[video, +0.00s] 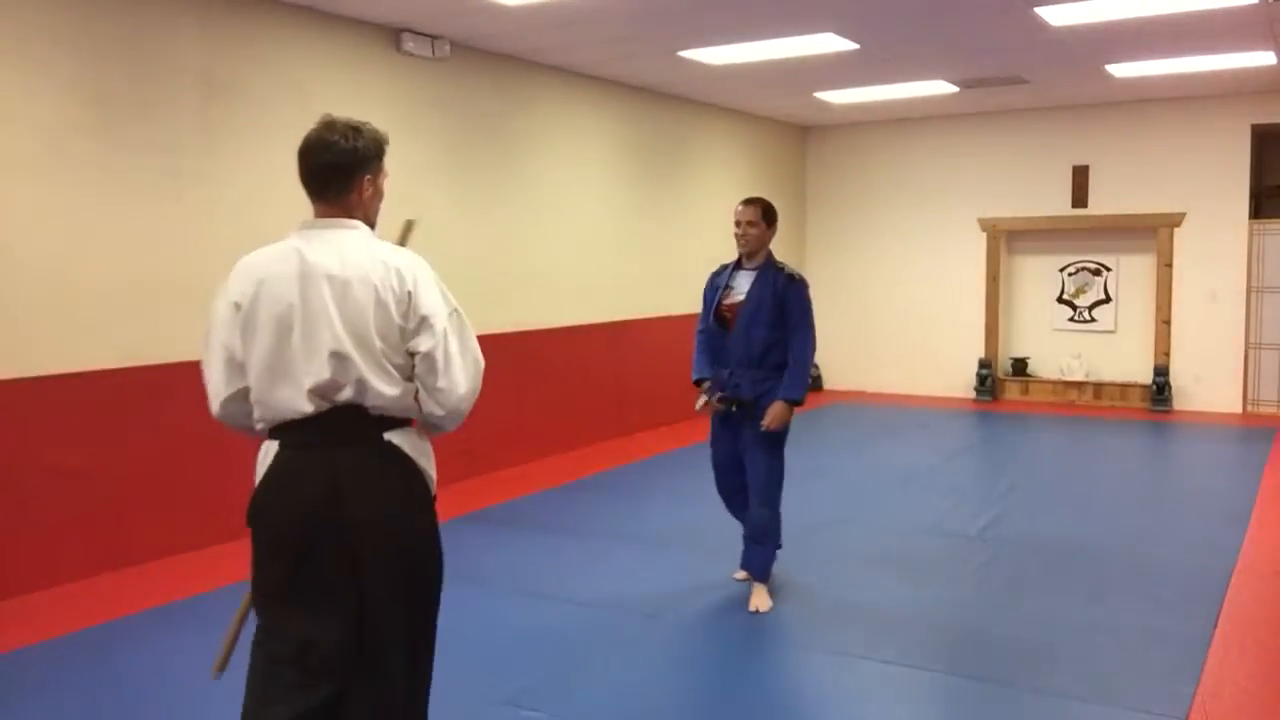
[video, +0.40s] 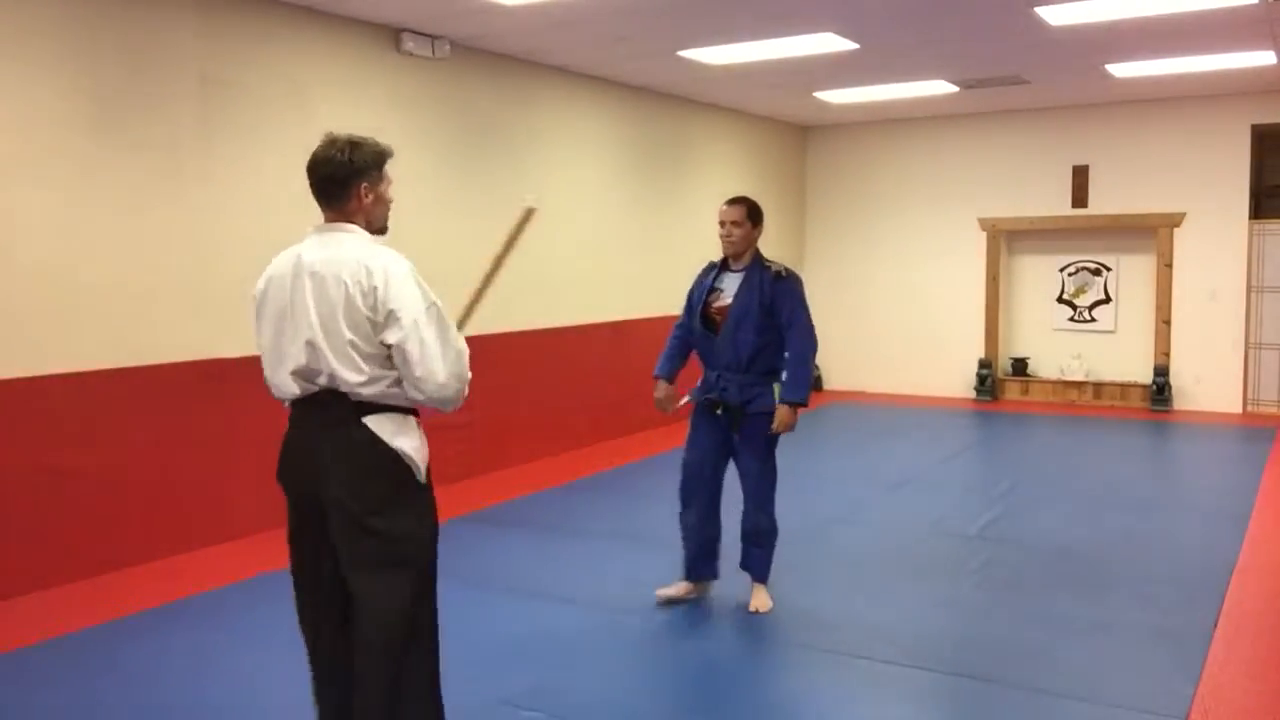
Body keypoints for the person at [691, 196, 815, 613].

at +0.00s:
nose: (741, 231)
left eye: (750, 225)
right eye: (738, 224)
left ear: (770, 230)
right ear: (733, 229)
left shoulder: (789, 284)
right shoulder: (720, 278)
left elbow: (802, 348)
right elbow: (704, 332)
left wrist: (787, 400)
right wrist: (704, 381)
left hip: (765, 406)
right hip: (724, 403)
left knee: (762, 493)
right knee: (729, 486)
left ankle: (759, 577)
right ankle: (760, 543)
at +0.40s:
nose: (726, 232)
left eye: (734, 225)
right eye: (721, 225)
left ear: (756, 230)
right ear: (718, 229)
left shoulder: (780, 282)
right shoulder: (708, 277)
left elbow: (802, 342)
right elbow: (684, 329)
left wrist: (791, 399)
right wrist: (663, 376)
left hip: (757, 405)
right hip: (710, 402)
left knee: (758, 496)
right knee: (696, 487)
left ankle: (758, 582)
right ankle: (697, 577)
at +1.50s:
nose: (690, 233)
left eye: (699, 225)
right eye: (686, 225)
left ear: (723, 231)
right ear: (682, 230)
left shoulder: (748, 286)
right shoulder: (678, 282)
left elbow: (766, 348)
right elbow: (657, 333)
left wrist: (733, 379)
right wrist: (637, 351)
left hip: (729, 416)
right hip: (681, 411)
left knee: (738, 509)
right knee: (663, 497)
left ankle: (748, 597)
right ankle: (671, 589)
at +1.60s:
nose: (698, 234)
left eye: (707, 226)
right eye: (694, 226)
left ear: (730, 232)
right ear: (691, 231)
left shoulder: (751, 284)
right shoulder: (682, 281)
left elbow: (757, 331)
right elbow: (646, 312)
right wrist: (630, 306)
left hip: (733, 407)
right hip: (687, 403)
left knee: (739, 505)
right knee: (664, 494)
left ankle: (747, 597)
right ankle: (674, 586)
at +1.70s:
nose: (699, 232)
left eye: (706, 225)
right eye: (697, 225)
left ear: (730, 230)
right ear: (696, 229)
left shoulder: (749, 277)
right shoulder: (682, 274)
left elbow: (755, 287)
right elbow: (630, 276)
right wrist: (615, 251)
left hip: (735, 403)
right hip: (688, 400)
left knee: (739, 502)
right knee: (670, 493)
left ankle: (747, 597)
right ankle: (679, 582)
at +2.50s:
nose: (683, 250)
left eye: (691, 243)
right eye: (679, 244)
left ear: (713, 247)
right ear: (676, 249)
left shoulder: (742, 294)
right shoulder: (666, 296)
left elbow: (757, 344)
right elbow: (627, 347)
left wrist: (727, 305)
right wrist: (641, 308)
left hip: (730, 413)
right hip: (681, 414)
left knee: (740, 491)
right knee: (654, 483)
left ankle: (757, 565)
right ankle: (658, 581)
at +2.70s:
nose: (640, 254)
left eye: (649, 246)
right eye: (636, 247)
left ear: (670, 251)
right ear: (632, 251)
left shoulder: (697, 298)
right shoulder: (622, 300)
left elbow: (715, 346)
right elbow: (593, 356)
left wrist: (681, 308)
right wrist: (603, 326)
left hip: (687, 416)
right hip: (640, 419)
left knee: (715, 489)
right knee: (631, 502)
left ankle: (749, 552)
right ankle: (657, 586)